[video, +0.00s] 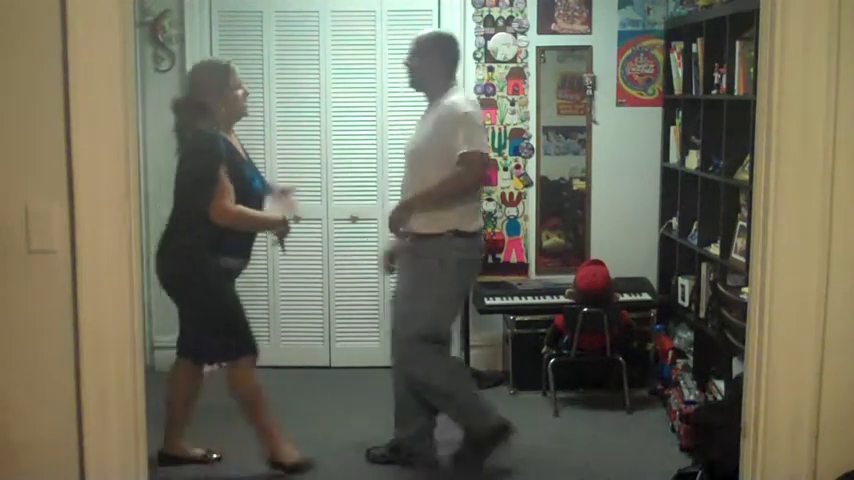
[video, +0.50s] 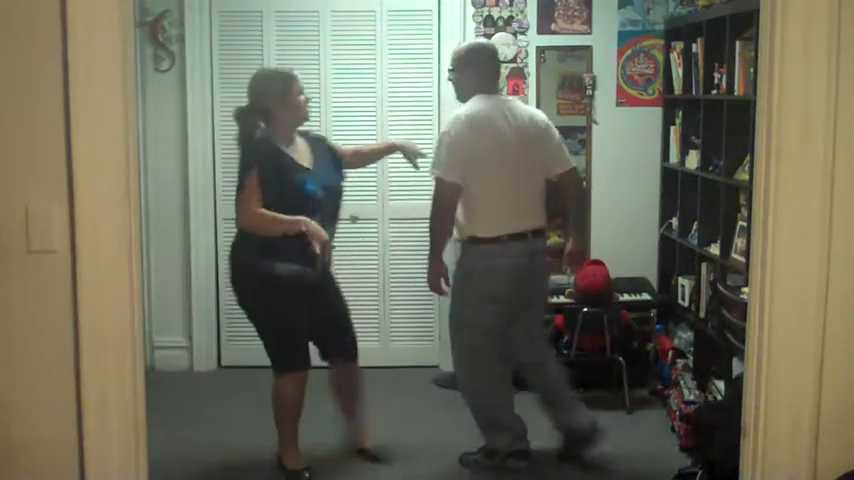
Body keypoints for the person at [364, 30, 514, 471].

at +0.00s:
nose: (407, 63)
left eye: (415, 55)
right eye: (409, 56)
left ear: (441, 61)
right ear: (436, 63)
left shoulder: (461, 110)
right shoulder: (434, 116)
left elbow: (473, 173)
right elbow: (434, 190)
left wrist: (410, 205)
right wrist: (404, 243)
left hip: (448, 247)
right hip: (425, 246)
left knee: (417, 346)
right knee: (409, 345)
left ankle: (485, 426)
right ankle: (412, 444)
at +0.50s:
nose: (452, 79)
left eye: (456, 72)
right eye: (452, 72)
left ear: (473, 73)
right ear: (495, 72)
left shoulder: (460, 125)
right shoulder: (534, 119)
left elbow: (445, 199)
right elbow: (573, 185)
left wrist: (434, 258)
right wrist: (576, 239)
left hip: (485, 256)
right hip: (533, 252)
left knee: (477, 357)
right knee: (530, 343)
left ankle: (504, 446)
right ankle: (578, 426)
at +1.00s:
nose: (421, 89)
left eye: (428, 81)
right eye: (423, 81)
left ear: (450, 82)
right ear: (457, 82)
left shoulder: (464, 127)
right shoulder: (476, 123)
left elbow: (479, 191)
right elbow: (480, 191)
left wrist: (458, 253)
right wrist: (445, 232)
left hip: (488, 260)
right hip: (497, 258)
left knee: (448, 350)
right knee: (505, 350)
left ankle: (448, 442)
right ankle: (569, 419)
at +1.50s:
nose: (462, 68)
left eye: (460, 59)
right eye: (456, 59)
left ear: (427, 63)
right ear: (439, 64)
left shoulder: (432, 117)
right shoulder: (416, 115)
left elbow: (423, 188)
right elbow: (394, 185)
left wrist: (464, 217)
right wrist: (461, 213)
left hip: (415, 244)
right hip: (405, 246)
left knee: (417, 348)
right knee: (426, 349)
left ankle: (401, 449)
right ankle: (409, 453)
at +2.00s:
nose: (335, 78)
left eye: (341, 71)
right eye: (337, 71)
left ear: (359, 74)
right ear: (378, 75)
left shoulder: (347, 121)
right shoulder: (407, 128)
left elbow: (329, 191)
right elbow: (434, 197)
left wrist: (293, 230)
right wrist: (431, 258)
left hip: (349, 264)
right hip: (396, 262)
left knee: (312, 359)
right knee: (382, 365)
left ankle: (318, 459)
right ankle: (396, 458)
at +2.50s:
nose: (310, 82)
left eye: (320, 74)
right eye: (307, 74)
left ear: (341, 79)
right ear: (301, 80)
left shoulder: (377, 122)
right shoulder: (295, 140)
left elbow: (425, 175)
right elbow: (248, 178)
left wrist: (451, 243)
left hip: (394, 246)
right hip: (347, 248)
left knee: (364, 342)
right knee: (336, 349)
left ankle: (352, 446)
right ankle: (366, 432)